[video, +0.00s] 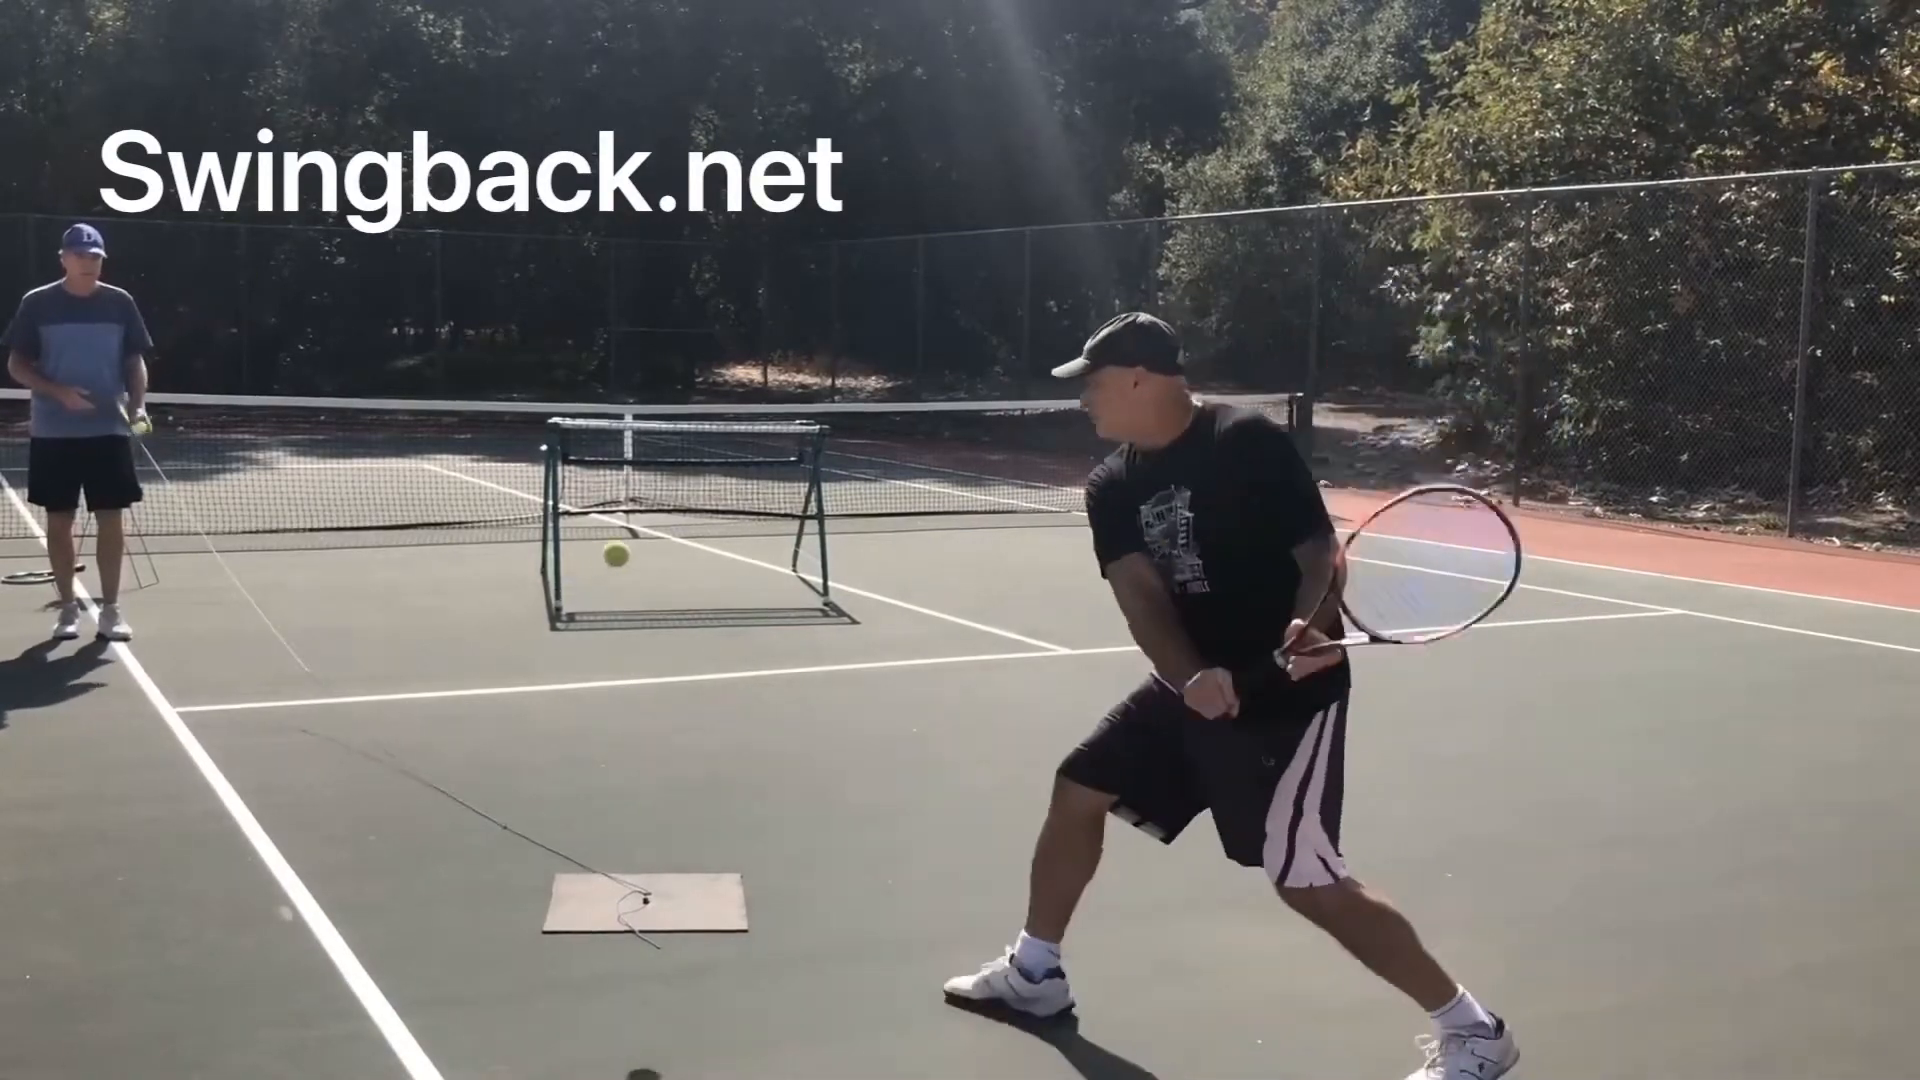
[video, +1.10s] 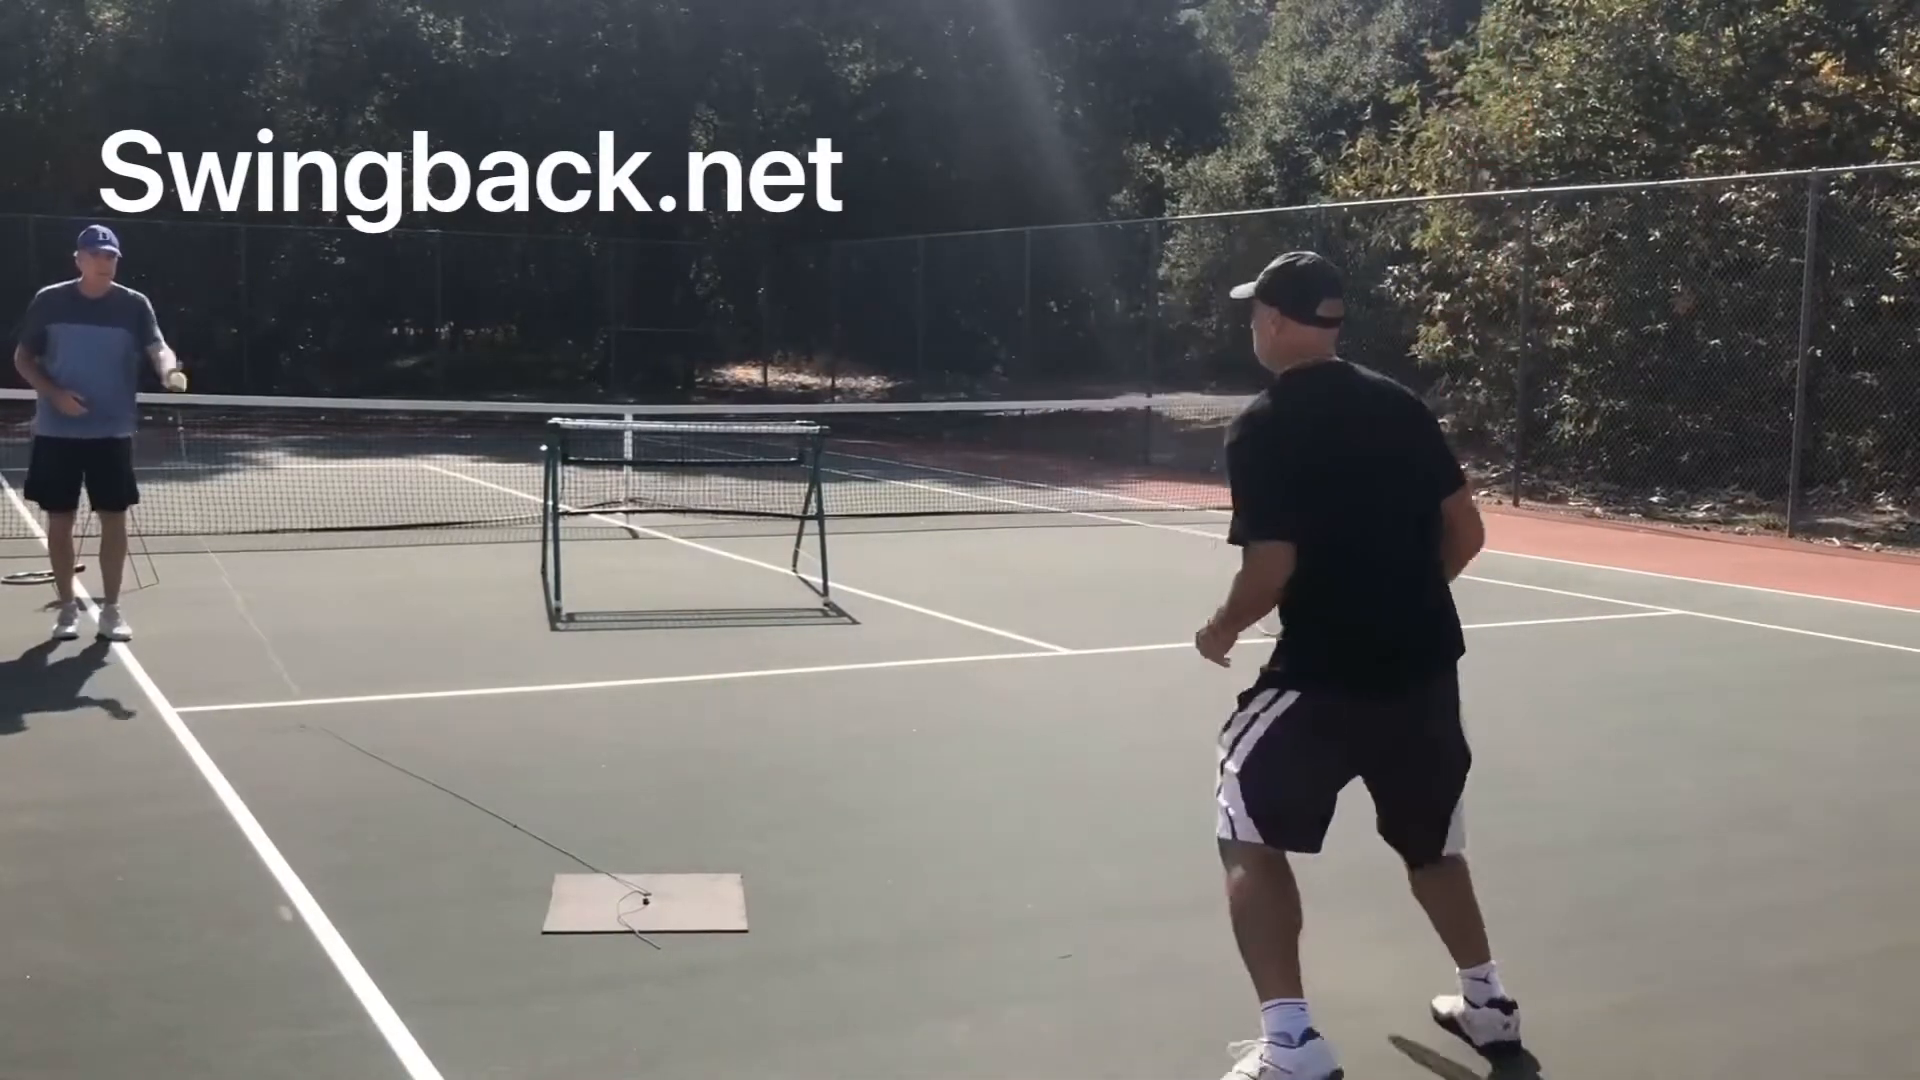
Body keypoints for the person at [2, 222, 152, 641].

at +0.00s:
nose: (87, 265)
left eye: (94, 258)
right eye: (80, 257)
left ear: (103, 260)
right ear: (63, 257)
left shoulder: (120, 302)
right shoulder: (36, 303)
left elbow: (135, 360)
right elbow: (17, 365)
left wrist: (138, 404)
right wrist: (59, 392)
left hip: (108, 433)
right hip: (54, 436)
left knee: (111, 518)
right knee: (59, 520)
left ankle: (110, 609)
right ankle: (68, 608)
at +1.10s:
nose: (103, 263)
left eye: (109, 256)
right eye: (95, 256)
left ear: (117, 260)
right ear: (79, 258)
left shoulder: (135, 304)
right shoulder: (49, 301)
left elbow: (158, 348)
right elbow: (23, 357)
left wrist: (169, 369)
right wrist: (54, 393)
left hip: (112, 435)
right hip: (58, 435)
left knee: (114, 520)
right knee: (60, 520)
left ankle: (110, 609)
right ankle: (68, 607)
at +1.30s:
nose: (108, 248)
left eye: (115, 241)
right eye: (101, 240)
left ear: (123, 249)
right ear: (84, 247)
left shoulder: (135, 288)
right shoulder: (55, 292)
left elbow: (154, 305)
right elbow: (29, 351)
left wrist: (168, 304)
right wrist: (55, 384)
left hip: (113, 423)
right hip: (60, 424)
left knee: (115, 513)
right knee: (60, 513)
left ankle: (113, 608)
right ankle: (65, 605)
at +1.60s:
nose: (108, 256)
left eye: (114, 249)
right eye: (101, 248)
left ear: (122, 256)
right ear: (83, 253)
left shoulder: (134, 297)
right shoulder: (52, 296)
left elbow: (149, 332)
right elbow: (24, 353)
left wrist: (132, 339)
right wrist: (47, 387)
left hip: (112, 430)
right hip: (56, 429)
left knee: (115, 519)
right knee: (48, 516)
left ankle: (112, 610)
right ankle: (34, 608)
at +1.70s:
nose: (103, 260)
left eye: (109, 253)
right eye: (96, 252)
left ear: (115, 258)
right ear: (76, 255)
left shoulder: (130, 301)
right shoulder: (45, 297)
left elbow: (144, 346)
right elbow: (18, 354)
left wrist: (134, 370)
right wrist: (42, 389)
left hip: (107, 432)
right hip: (51, 431)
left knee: (113, 519)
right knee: (40, 517)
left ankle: (112, 609)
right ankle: (19, 609)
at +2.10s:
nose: (60, 266)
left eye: (64, 260)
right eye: (52, 258)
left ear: (70, 262)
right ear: (30, 257)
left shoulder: (81, 302)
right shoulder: (5, 298)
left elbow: (91, 354)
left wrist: (97, 410)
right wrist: (2, 401)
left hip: (68, 435)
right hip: (13, 436)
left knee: (87, 516)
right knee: (9, 524)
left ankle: (106, 607)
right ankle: (9, 615)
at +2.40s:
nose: (39, 266)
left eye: (44, 259)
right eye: (31, 258)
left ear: (49, 261)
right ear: (10, 258)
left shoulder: (54, 298)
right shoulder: (2, 297)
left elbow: (57, 354)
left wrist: (62, 409)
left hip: (44, 431)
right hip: (7, 433)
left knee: (50, 512)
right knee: (6, 518)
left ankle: (43, 604)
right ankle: (8, 611)